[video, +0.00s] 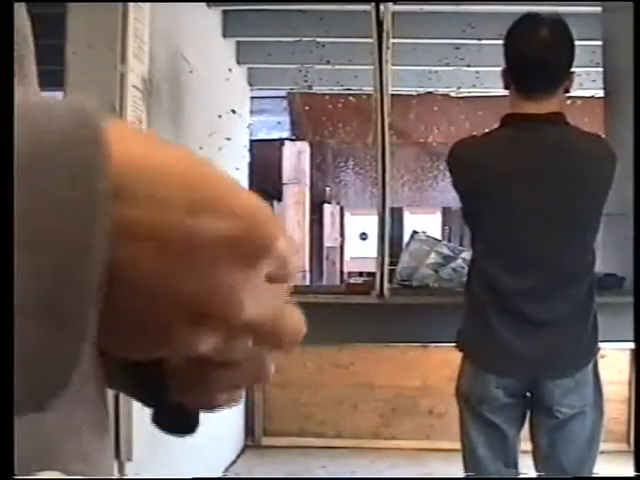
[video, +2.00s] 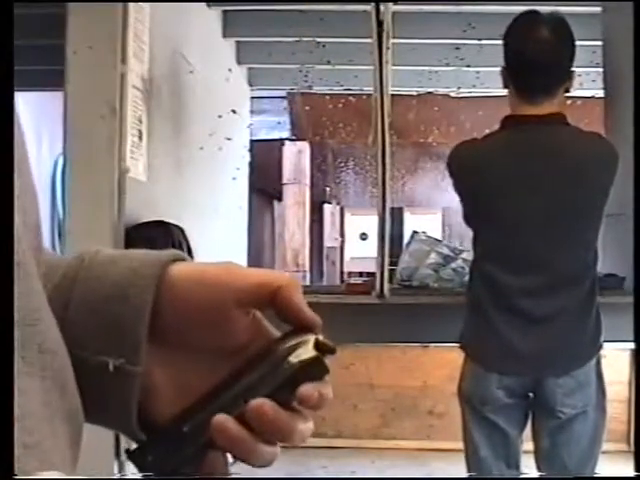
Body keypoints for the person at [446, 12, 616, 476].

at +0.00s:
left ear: (505, 79)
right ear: (569, 81)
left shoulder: (467, 157)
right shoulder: (599, 157)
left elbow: (487, 223)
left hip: (490, 357)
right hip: (568, 360)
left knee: (489, 472)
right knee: (568, 472)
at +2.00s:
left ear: (504, 79)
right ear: (570, 81)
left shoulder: (467, 160)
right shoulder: (600, 156)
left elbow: (482, 220)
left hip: (493, 357)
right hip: (570, 358)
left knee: (491, 471)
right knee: (571, 472)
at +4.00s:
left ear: (500, 79)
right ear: (565, 80)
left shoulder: (465, 160)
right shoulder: (596, 155)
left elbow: (481, 220)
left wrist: (530, 122)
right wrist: (550, 115)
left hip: (490, 357)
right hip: (568, 359)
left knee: (489, 472)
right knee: (568, 472)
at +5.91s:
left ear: (497, 79)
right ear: (562, 80)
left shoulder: (461, 161)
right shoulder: (594, 155)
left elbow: (475, 221)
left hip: (488, 359)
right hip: (567, 360)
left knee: (487, 472)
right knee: (568, 472)